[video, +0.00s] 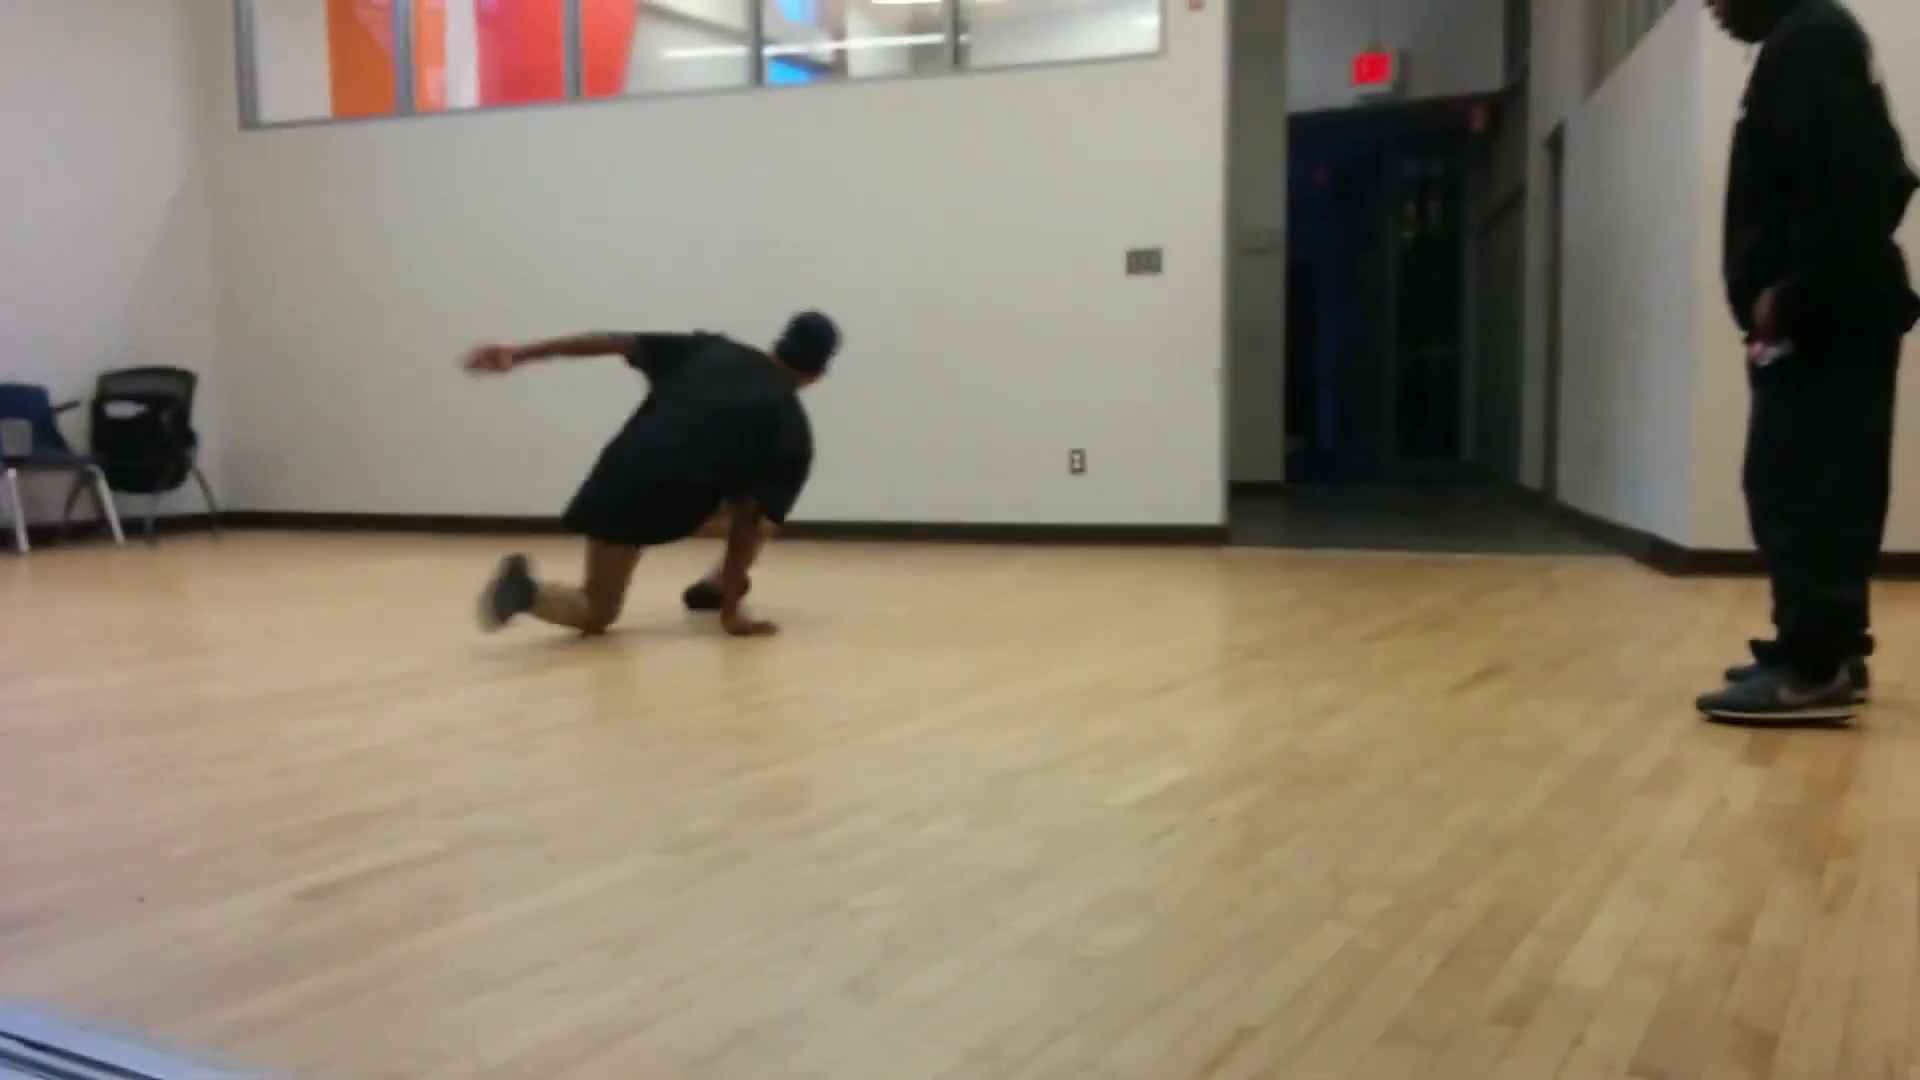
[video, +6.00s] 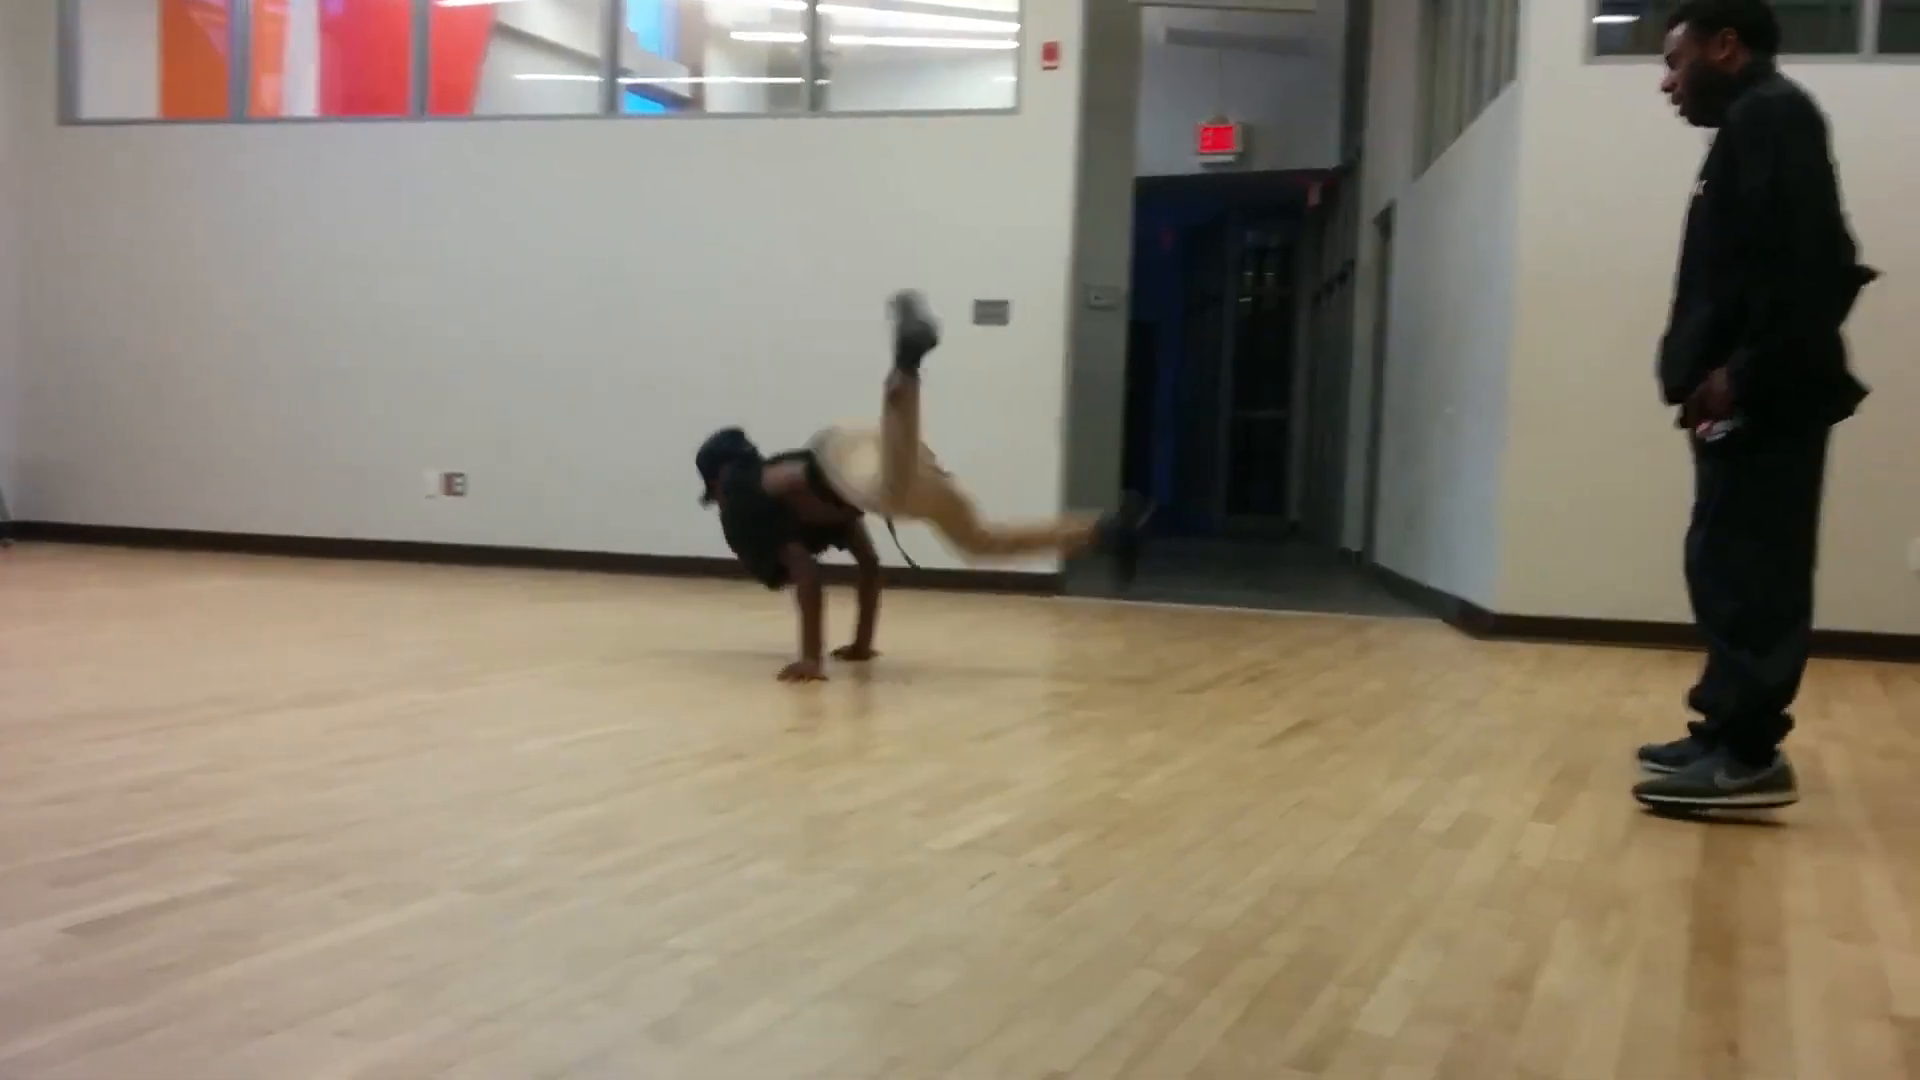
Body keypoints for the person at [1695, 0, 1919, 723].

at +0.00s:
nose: (1713, 9)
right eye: (1710, 1)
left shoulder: (1809, 44)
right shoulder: (1809, 38)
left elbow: (1870, 184)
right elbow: (1867, 183)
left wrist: (1787, 295)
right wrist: (1777, 293)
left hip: (1829, 322)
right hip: (1826, 318)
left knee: (1795, 483)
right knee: (1817, 482)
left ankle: (1813, 667)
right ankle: (1823, 651)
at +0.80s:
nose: (1640, 23)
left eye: (1649, 7)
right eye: (1640, 9)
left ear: (1698, 4)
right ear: (1706, 6)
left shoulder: (1744, 70)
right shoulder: (1729, 67)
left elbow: (1765, 223)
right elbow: (1747, 222)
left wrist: (1696, 324)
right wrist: (1671, 326)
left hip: (1732, 353)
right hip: (1724, 348)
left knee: (1719, 517)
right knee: (1723, 515)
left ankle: (1735, 703)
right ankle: (1737, 685)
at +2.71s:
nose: (1561, 91)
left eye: (1572, 73)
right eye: (1562, 74)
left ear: (1619, 68)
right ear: (1625, 70)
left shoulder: (1658, 138)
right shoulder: (1660, 132)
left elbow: (1682, 277)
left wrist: (1640, 379)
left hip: (1679, 404)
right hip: (1680, 401)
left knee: (1660, 566)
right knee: (1668, 562)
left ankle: (1670, 740)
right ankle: (1672, 723)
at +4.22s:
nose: (1527, 64)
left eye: (1533, 42)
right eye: (1528, 44)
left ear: (1575, 34)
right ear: (1589, 34)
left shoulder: (1618, 111)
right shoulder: (1670, 95)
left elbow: (1614, 249)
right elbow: (1777, 192)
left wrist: (1606, 362)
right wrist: (1710, 283)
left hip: (1670, 381)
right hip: (1716, 373)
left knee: (1640, 550)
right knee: (1690, 541)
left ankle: (1648, 735)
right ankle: (1677, 706)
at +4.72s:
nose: (1626, 46)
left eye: (1635, 22)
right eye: (1626, 26)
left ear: (1682, 17)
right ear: (1691, 21)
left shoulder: (1693, 108)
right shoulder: (1761, 100)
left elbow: (1677, 256)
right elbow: (1847, 223)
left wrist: (1648, 364)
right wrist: (1763, 295)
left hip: (1696, 388)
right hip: (1763, 381)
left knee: (1659, 554)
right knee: (1764, 550)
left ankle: (1647, 732)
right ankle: (1787, 723)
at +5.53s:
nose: (1706, 69)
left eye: (1713, 46)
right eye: (1706, 51)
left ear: (1763, 36)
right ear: (1770, 38)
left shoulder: (1799, 99)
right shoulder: (1834, 99)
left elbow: (1802, 238)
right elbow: (1902, 220)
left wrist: (1767, 344)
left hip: (1795, 382)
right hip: (1855, 381)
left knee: (1729, 530)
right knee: (1828, 545)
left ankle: (1732, 720)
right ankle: (1808, 727)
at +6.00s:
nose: (1666, 80)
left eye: (1675, 59)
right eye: (1665, 63)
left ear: (1727, 47)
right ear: (1727, 51)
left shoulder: (1774, 116)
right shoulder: (1759, 118)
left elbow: (1815, 270)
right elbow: (1816, 268)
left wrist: (1738, 374)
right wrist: (1715, 369)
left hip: (1774, 405)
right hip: (1751, 405)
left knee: (1754, 566)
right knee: (1730, 562)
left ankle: (1748, 752)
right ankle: (1723, 736)